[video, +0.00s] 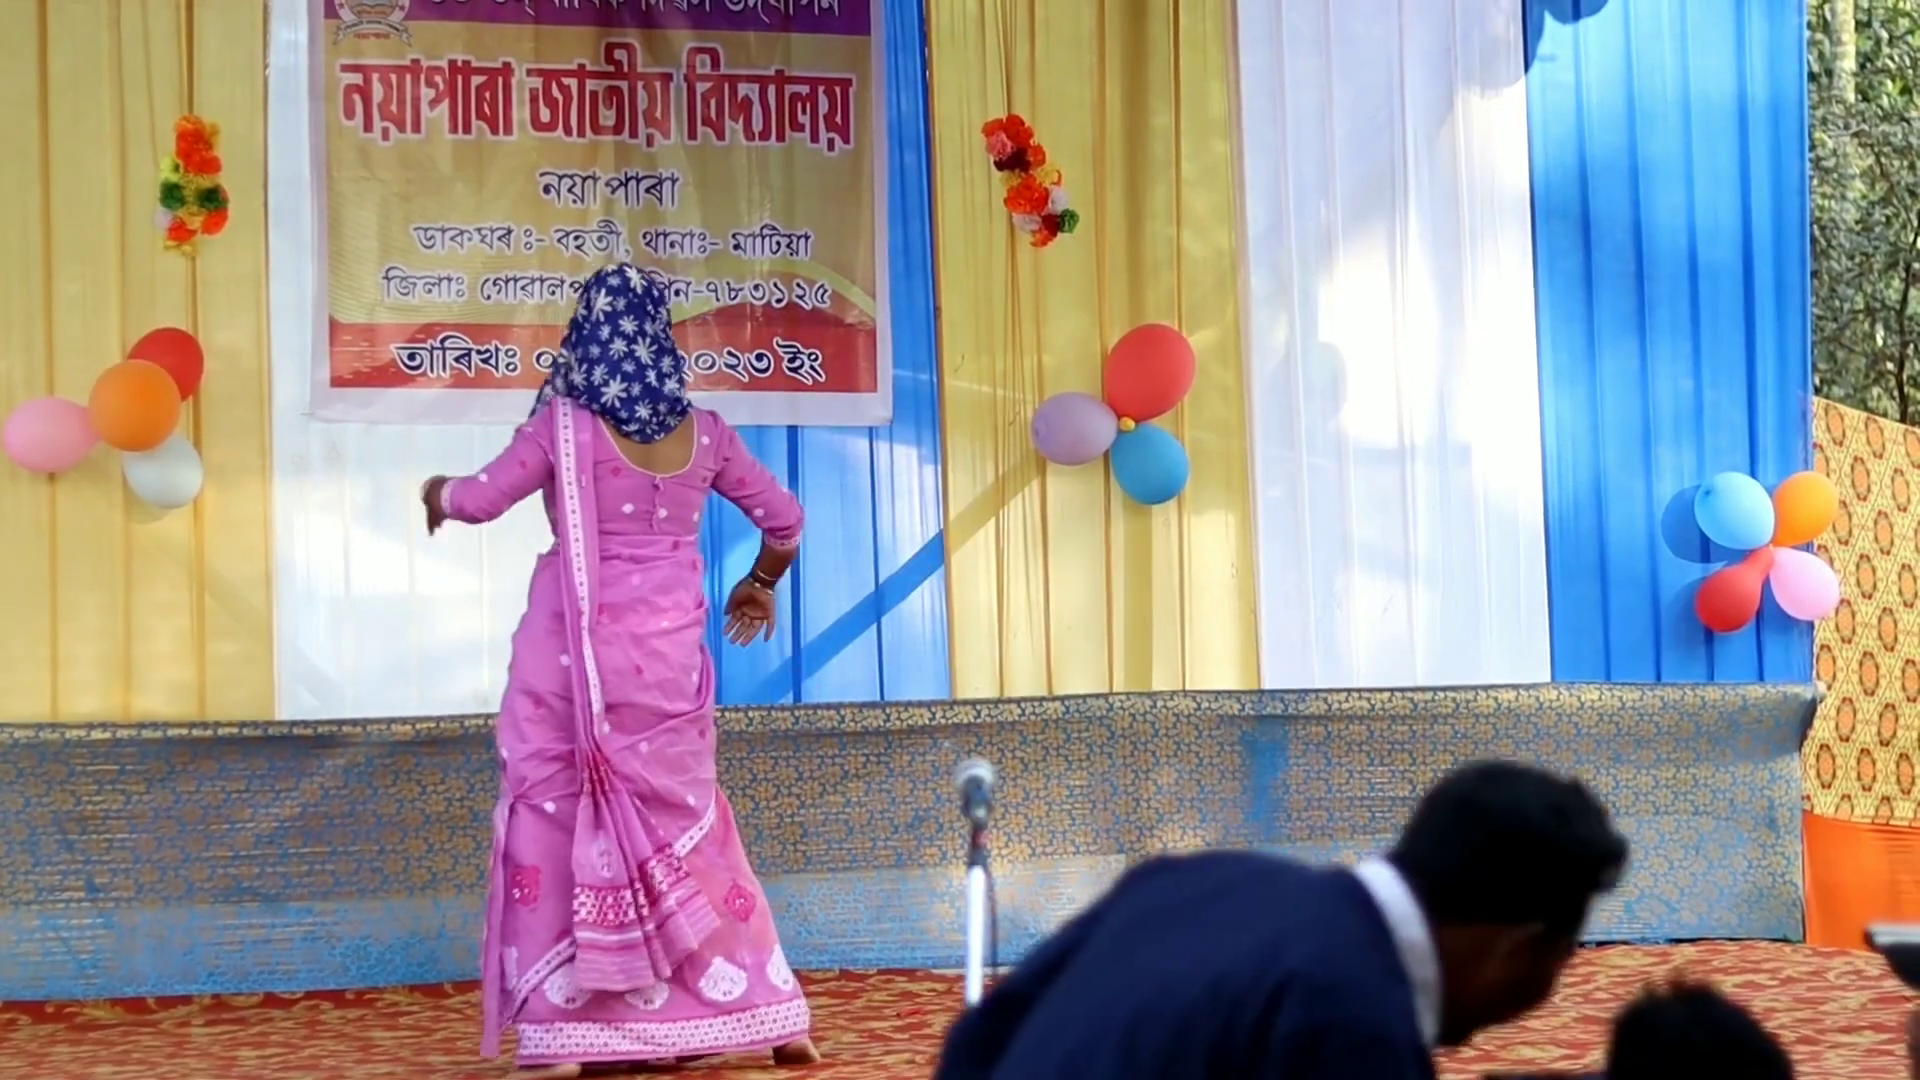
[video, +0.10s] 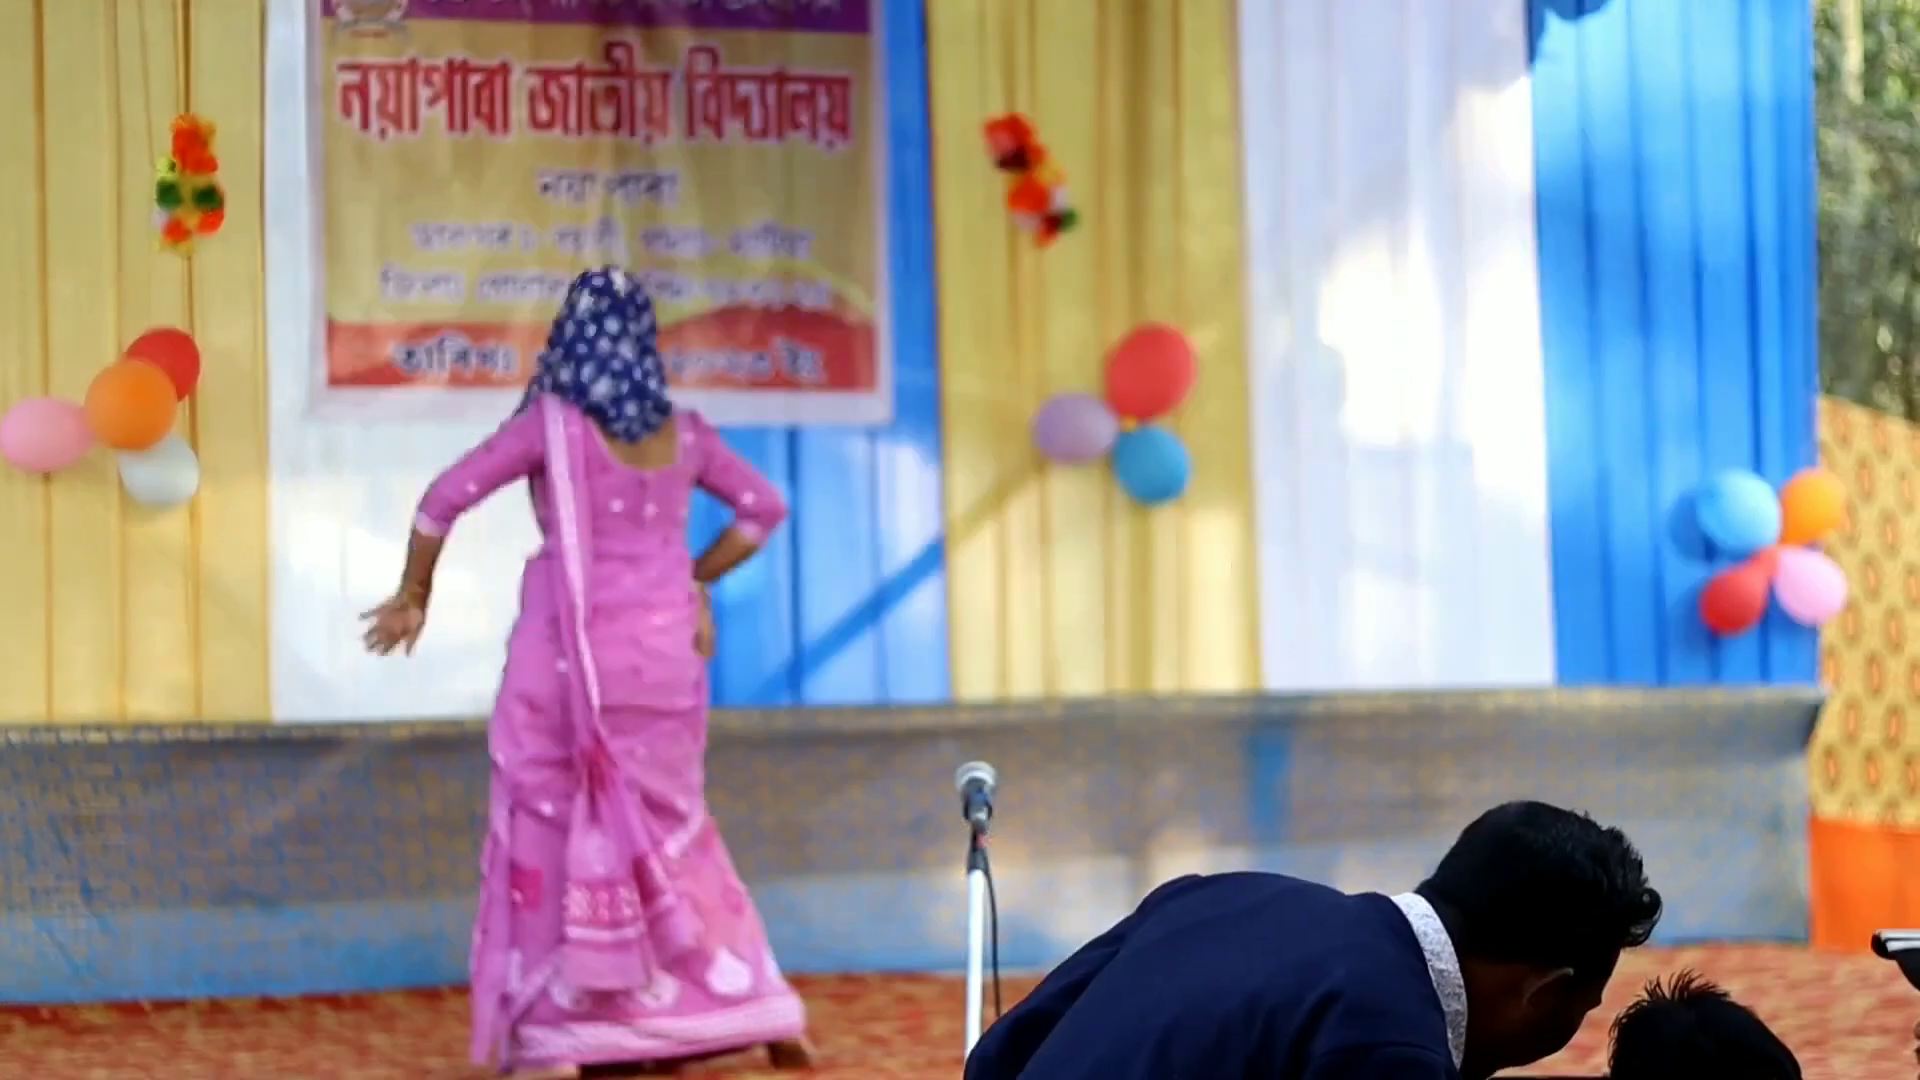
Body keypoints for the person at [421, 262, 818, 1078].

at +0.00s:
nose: (569, 342)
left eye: (576, 329)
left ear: (583, 338)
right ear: (662, 338)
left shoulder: (562, 421)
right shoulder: (701, 427)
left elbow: (482, 500)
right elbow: (785, 519)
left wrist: (440, 490)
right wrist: (762, 581)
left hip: (568, 655)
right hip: (669, 655)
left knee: (548, 821)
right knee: (696, 824)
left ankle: (554, 1023)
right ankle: (775, 1008)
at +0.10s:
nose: (549, 345)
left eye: (557, 332)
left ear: (567, 343)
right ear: (646, 343)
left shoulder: (548, 422)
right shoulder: (681, 430)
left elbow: (442, 499)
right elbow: (763, 508)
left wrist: (413, 594)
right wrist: (699, 579)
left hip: (561, 656)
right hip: (662, 658)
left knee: (547, 824)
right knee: (677, 824)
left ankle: (553, 1021)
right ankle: (765, 1005)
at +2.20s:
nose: (685, 380)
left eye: (689, 368)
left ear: (696, 375)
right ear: (777, 371)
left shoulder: (681, 456)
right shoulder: (819, 457)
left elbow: (639, 539)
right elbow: (889, 558)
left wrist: (710, 610)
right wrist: (912, 663)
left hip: (732, 688)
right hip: (835, 686)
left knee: (678, 836)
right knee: (823, 844)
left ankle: (660, 1012)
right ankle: (824, 1018)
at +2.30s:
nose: (690, 372)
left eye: (690, 359)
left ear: (693, 366)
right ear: (771, 361)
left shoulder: (678, 448)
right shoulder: (816, 450)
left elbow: (646, 544)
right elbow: (883, 552)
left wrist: (702, 626)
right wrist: (917, 651)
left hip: (724, 673)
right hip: (822, 673)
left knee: (689, 825)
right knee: (822, 840)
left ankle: (660, 1001)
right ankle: (827, 1014)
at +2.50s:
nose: (645, 340)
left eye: (651, 326)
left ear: (663, 334)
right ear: (741, 330)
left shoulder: (646, 412)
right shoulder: (779, 418)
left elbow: (593, 520)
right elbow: (847, 514)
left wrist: (564, 619)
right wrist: (831, 615)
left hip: (649, 631)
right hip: (748, 637)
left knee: (623, 804)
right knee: (768, 809)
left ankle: (610, 1007)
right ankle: (838, 1003)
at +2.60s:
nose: (630, 348)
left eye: (636, 336)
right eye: (637, 335)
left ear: (649, 344)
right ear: (726, 342)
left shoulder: (629, 424)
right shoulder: (760, 434)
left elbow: (563, 525)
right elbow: (830, 524)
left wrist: (512, 622)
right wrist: (789, 612)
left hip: (627, 647)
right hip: (724, 654)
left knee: (598, 817)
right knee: (746, 821)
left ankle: (611, 1015)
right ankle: (827, 1003)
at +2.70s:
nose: (605, 336)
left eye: (614, 323)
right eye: (610, 321)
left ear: (634, 332)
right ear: (707, 336)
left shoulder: (604, 412)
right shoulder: (722, 427)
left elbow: (549, 519)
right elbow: (787, 528)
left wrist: (496, 611)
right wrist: (716, 586)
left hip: (605, 650)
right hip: (702, 650)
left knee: (592, 830)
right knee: (731, 819)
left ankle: (610, 1029)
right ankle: (823, 995)